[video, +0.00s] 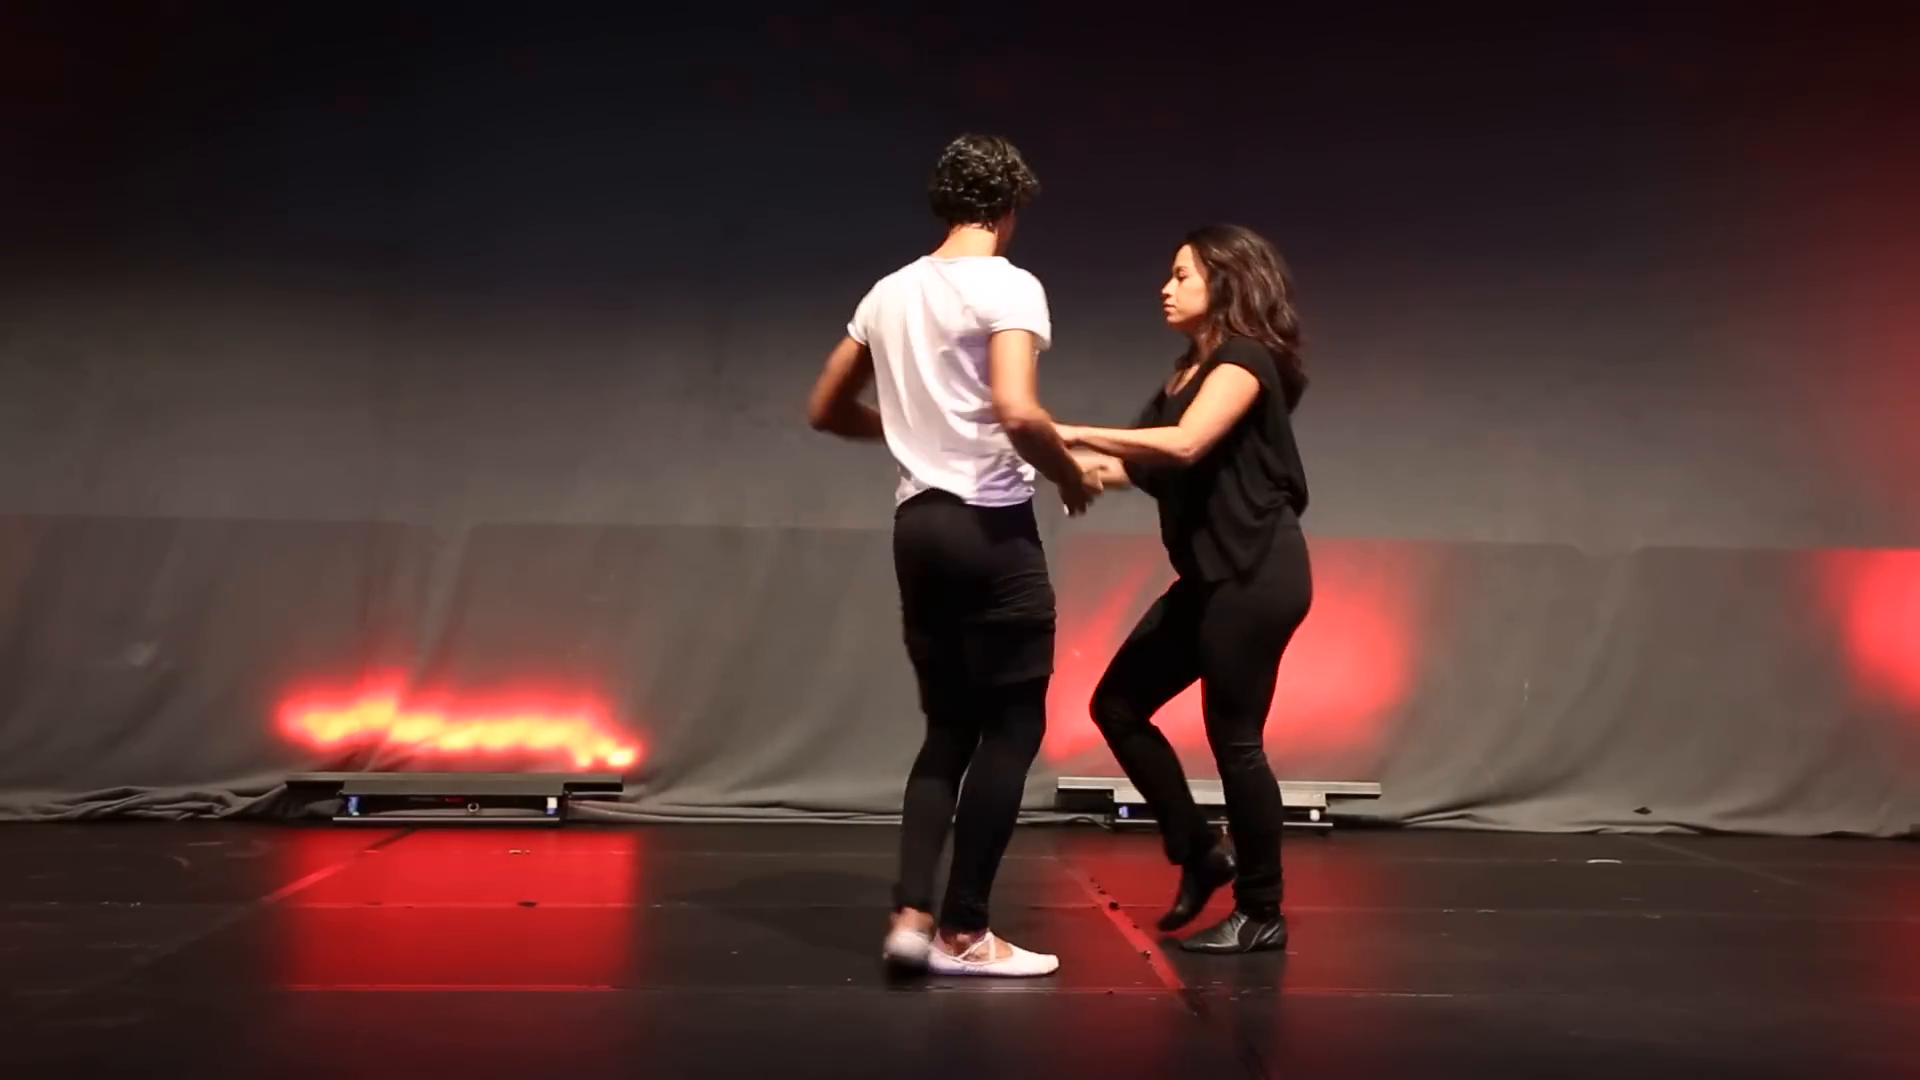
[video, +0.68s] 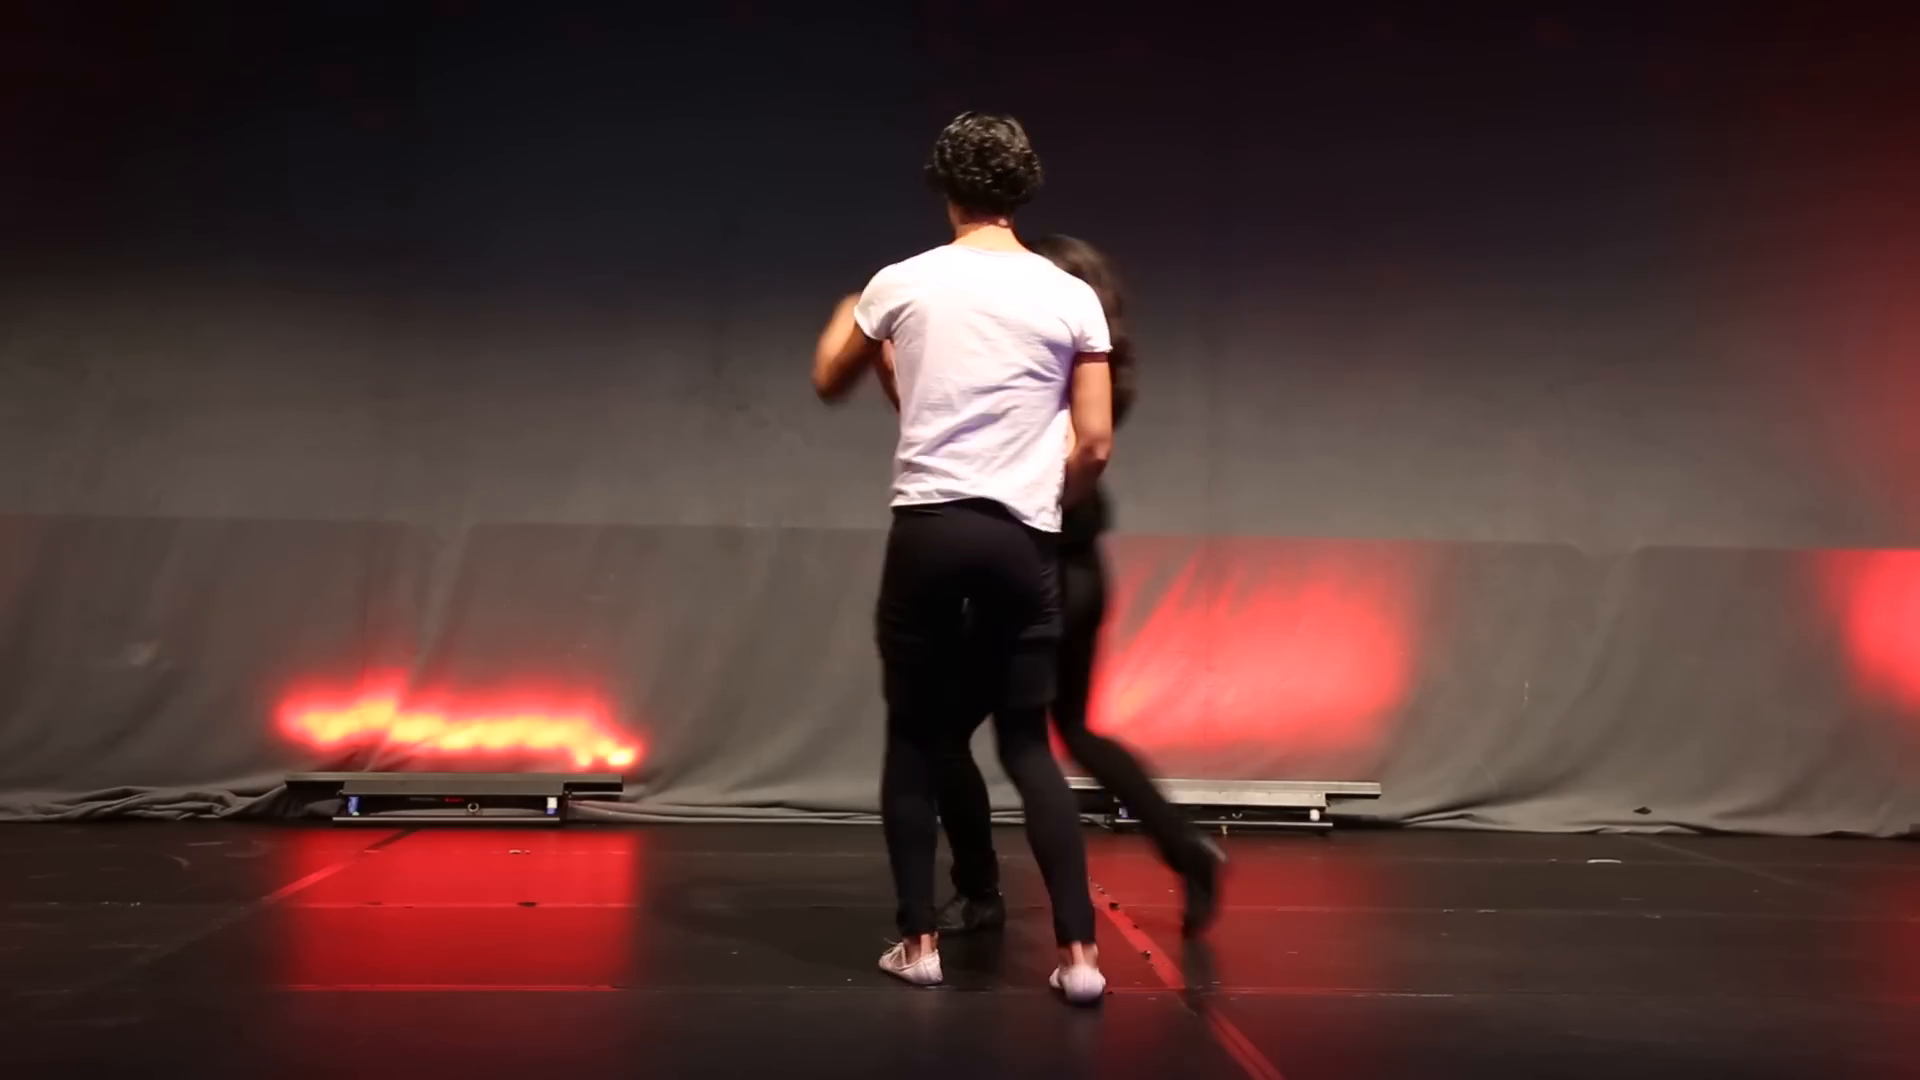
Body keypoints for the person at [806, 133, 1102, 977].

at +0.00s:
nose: (1018, 227)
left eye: (1016, 216)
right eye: (1018, 216)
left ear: (940, 207)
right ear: (1007, 213)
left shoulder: (887, 294)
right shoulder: (1009, 285)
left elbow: (828, 409)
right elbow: (1016, 410)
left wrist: (914, 422)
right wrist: (1070, 473)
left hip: (919, 533)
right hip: (994, 534)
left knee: (947, 727)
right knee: (1014, 727)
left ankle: (913, 916)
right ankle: (965, 934)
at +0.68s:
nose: (950, 201)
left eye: (945, 187)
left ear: (943, 193)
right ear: (1022, 194)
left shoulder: (899, 285)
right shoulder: (1073, 297)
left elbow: (828, 379)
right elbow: (1094, 440)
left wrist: (860, 309)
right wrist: (1039, 492)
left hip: (925, 538)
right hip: (1023, 540)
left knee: (915, 740)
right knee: (1030, 744)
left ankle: (920, 942)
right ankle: (1078, 952)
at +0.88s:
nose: (942, 202)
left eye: (943, 188)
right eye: (944, 190)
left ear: (954, 193)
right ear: (1028, 193)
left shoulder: (923, 275)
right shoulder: (1084, 298)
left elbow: (814, 281)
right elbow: (1117, 441)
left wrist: (849, 184)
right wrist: (1067, 509)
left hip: (964, 534)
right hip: (1061, 538)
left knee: (932, 734)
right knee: (1062, 741)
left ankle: (944, 933)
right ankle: (1083, 957)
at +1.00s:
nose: (924, 204)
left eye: (931, 190)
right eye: (928, 191)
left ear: (954, 191)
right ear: (1014, 197)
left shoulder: (917, 274)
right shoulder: (1073, 303)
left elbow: (800, 254)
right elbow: (1102, 450)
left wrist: (831, 147)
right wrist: (1055, 519)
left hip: (973, 531)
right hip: (1067, 531)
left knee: (919, 727)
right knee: (1071, 740)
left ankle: (970, 931)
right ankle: (1087, 958)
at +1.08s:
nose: (921, 204)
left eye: (927, 190)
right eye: (923, 191)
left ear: (952, 192)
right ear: (1000, 194)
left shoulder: (922, 272)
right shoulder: (1057, 304)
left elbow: (788, 244)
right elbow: (1075, 446)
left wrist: (811, 133)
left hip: (969, 532)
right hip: (1061, 531)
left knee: (921, 732)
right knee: (1059, 740)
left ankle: (976, 935)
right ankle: (1083, 950)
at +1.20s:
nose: (905, 209)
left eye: (914, 193)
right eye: (907, 195)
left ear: (960, 194)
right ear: (976, 196)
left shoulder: (944, 273)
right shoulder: (1036, 299)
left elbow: (788, 237)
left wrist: (787, 133)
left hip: (952, 529)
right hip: (1025, 534)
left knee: (912, 737)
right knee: (979, 720)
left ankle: (974, 938)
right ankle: (1042, 850)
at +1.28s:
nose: (900, 211)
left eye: (909, 194)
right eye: (901, 196)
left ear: (954, 195)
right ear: (969, 199)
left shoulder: (956, 278)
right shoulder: (1010, 293)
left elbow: (803, 236)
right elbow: (924, 399)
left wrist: (790, 132)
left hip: (955, 536)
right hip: (1008, 539)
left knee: (893, 735)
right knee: (918, 685)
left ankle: (971, 933)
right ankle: (1001, 788)